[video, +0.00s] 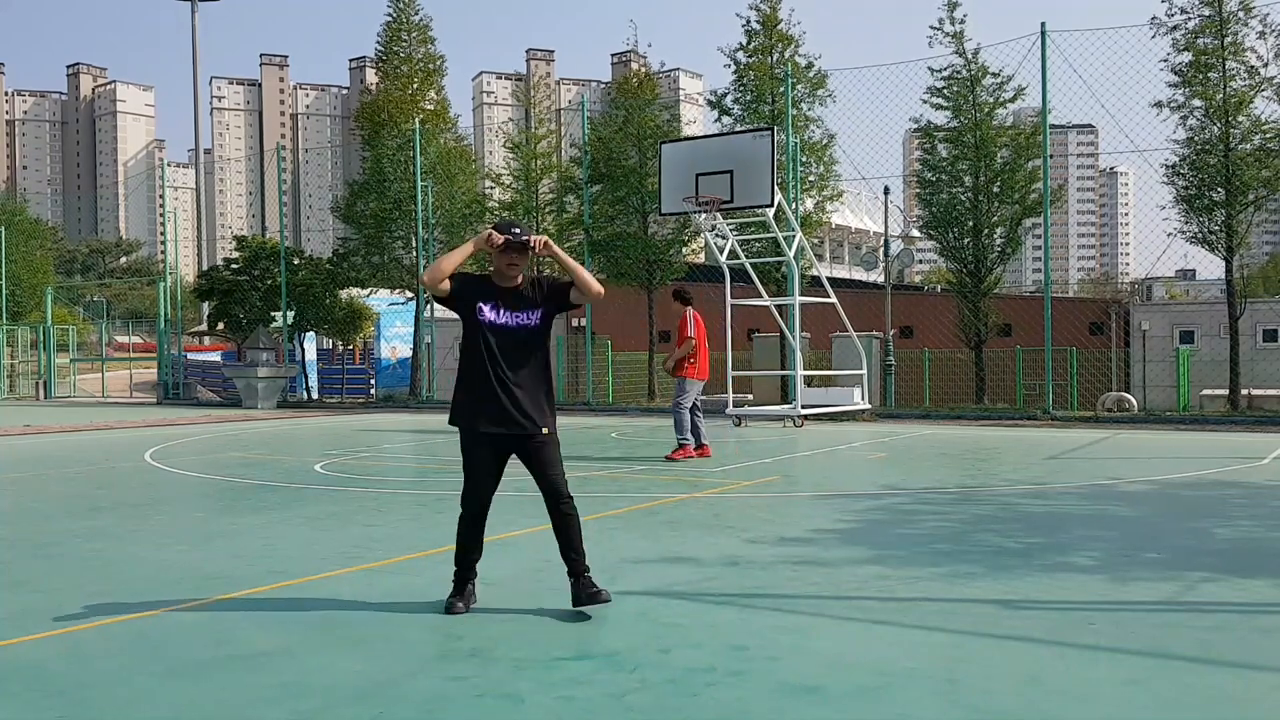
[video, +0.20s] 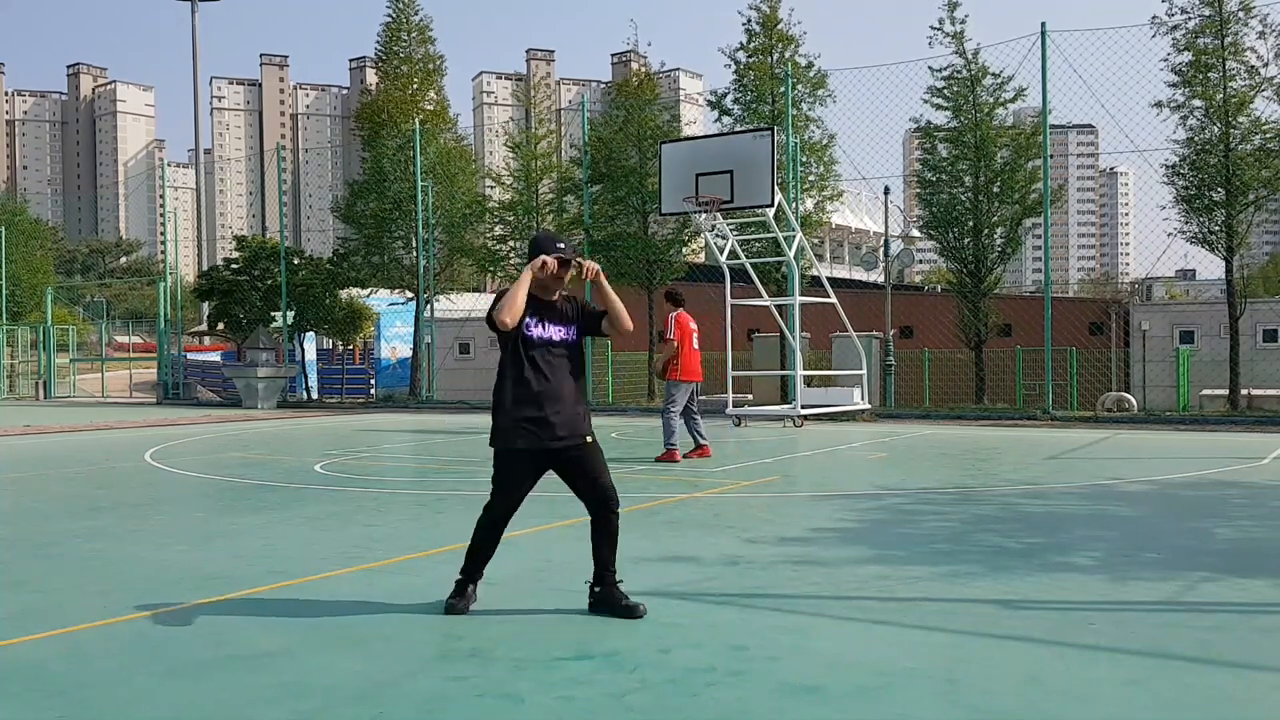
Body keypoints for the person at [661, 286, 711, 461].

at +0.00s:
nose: (672, 305)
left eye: (673, 301)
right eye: (672, 301)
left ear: (679, 301)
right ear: (687, 300)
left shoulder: (689, 316)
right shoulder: (694, 316)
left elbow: (690, 341)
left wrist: (673, 359)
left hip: (691, 372)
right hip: (698, 372)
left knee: (680, 406)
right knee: (694, 408)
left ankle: (685, 446)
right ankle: (702, 445)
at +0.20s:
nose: (664, 305)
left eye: (665, 302)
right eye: (664, 302)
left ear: (669, 302)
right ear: (681, 302)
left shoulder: (674, 317)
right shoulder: (690, 319)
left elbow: (672, 344)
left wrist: (661, 361)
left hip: (680, 373)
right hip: (694, 372)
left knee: (670, 411)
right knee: (690, 410)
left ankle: (671, 449)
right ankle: (702, 445)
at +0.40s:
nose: (655, 305)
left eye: (656, 302)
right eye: (656, 302)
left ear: (660, 302)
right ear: (673, 302)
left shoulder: (661, 317)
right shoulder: (686, 319)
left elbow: (658, 343)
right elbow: (691, 345)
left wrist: (651, 363)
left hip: (674, 368)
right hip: (692, 367)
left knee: (669, 409)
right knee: (687, 408)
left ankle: (671, 449)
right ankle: (696, 447)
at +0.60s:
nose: (653, 305)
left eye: (653, 301)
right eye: (654, 301)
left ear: (657, 302)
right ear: (671, 301)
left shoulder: (658, 317)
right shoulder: (684, 318)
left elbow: (656, 346)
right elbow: (693, 343)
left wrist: (653, 365)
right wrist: (686, 358)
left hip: (670, 366)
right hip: (691, 366)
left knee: (669, 409)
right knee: (688, 409)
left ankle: (671, 449)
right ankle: (691, 448)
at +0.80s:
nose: (652, 305)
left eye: (652, 302)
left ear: (655, 302)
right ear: (670, 301)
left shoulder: (655, 318)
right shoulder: (684, 318)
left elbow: (652, 347)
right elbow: (694, 344)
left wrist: (650, 367)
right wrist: (686, 359)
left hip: (668, 367)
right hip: (688, 367)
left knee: (667, 410)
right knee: (689, 410)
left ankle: (671, 449)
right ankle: (691, 449)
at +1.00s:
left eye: (656, 301)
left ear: (655, 302)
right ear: (670, 301)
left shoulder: (655, 319)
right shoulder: (684, 318)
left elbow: (651, 346)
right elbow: (695, 344)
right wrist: (681, 353)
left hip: (666, 367)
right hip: (687, 366)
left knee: (667, 411)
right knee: (688, 410)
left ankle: (671, 449)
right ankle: (691, 449)